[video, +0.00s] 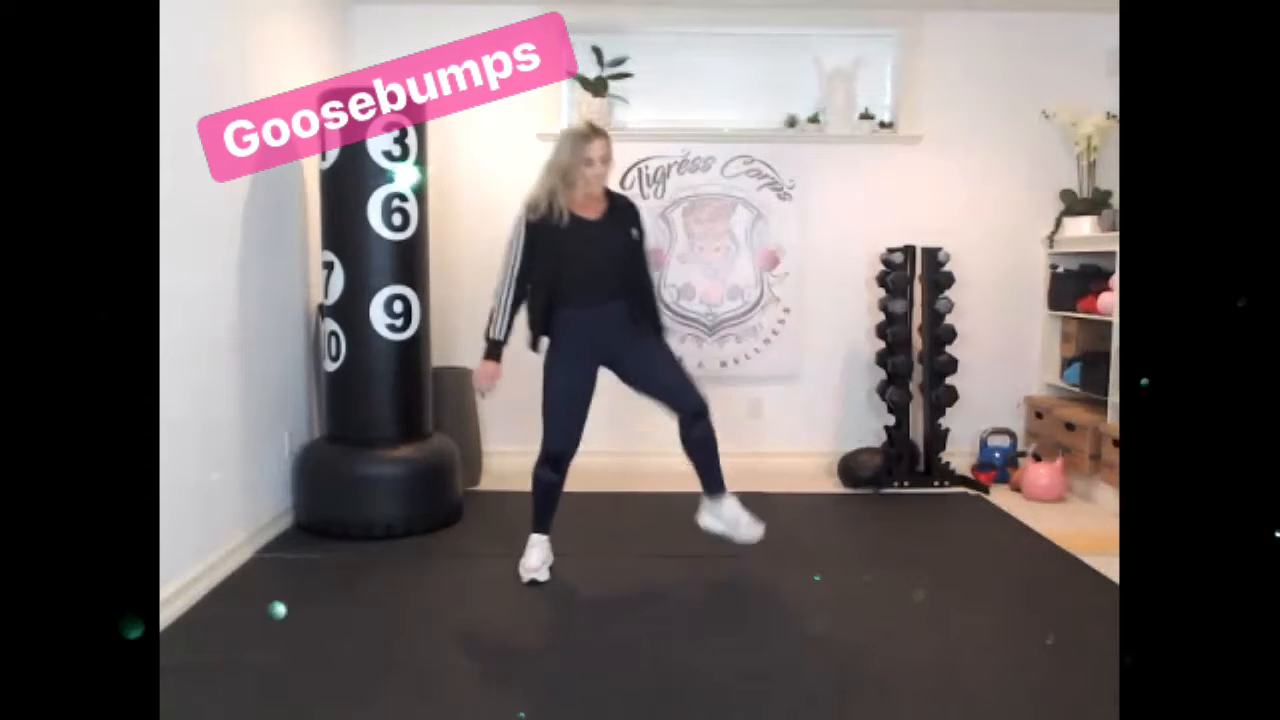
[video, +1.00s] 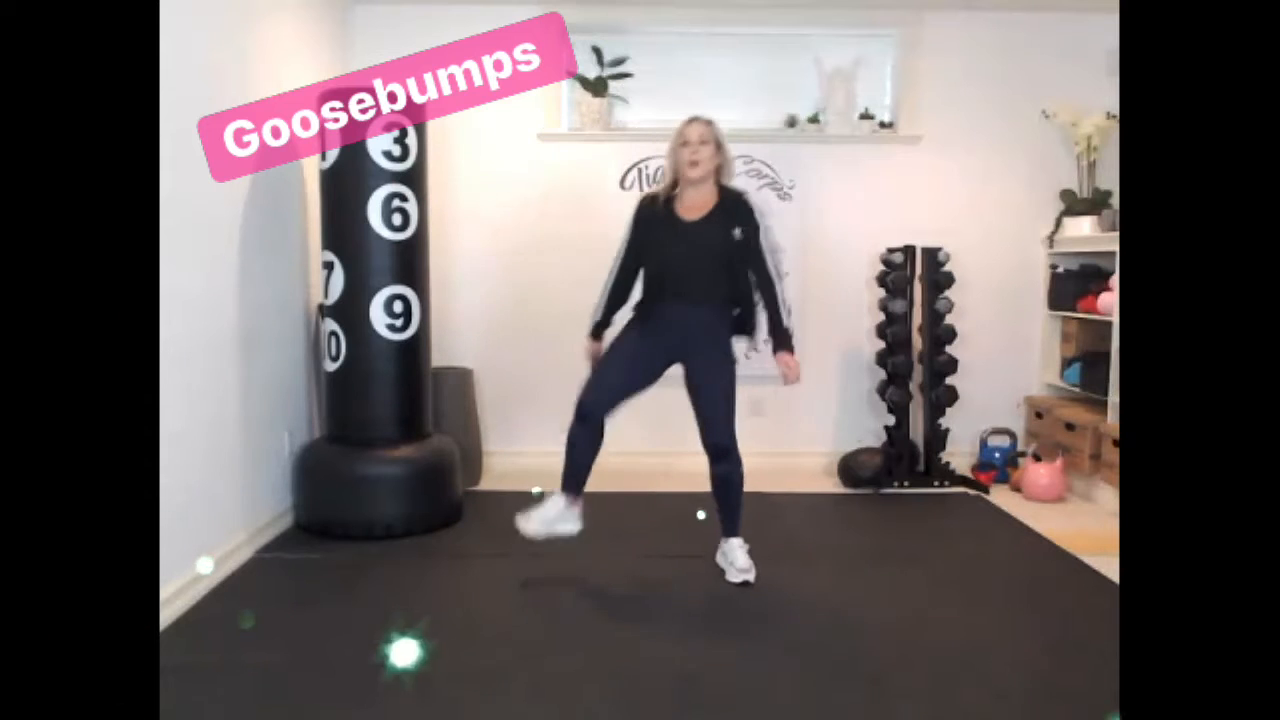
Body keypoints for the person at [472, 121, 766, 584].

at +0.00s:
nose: (601, 170)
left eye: (606, 161)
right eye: (592, 162)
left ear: (611, 162)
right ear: (570, 164)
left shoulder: (623, 211)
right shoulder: (541, 216)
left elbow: (640, 281)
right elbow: (513, 284)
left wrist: (655, 338)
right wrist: (493, 354)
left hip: (627, 334)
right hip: (571, 340)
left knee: (693, 408)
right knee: (557, 448)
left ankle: (718, 503)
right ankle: (539, 540)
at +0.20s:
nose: (584, 177)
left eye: (588, 169)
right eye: (574, 170)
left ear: (592, 171)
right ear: (551, 173)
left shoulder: (598, 222)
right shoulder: (526, 225)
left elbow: (602, 289)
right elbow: (507, 294)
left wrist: (611, 337)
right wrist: (511, 365)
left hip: (603, 336)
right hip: (555, 347)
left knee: (694, 325)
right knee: (556, 456)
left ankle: (721, 435)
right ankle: (540, 541)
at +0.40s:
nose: (574, 167)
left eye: (579, 158)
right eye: (563, 160)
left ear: (589, 165)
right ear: (547, 170)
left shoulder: (601, 223)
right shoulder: (528, 223)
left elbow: (605, 290)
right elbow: (516, 293)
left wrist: (613, 337)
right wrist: (527, 362)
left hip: (604, 337)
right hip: (557, 347)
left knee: (694, 340)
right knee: (554, 457)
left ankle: (715, 453)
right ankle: (540, 541)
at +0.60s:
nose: (591, 157)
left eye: (599, 149)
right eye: (582, 149)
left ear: (610, 158)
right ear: (566, 157)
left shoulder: (622, 212)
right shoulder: (543, 209)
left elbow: (636, 285)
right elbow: (529, 278)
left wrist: (643, 352)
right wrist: (541, 345)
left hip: (626, 332)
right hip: (570, 336)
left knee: (685, 419)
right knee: (557, 446)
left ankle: (718, 509)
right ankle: (539, 538)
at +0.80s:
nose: (640, 177)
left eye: (648, 170)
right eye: (631, 170)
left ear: (661, 182)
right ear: (617, 180)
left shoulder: (675, 239)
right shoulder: (594, 236)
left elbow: (692, 309)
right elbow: (569, 304)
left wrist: (712, 376)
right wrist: (545, 370)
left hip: (663, 360)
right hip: (604, 361)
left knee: (702, 456)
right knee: (574, 461)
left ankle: (728, 543)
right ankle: (541, 540)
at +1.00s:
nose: (693, 152)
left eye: (703, 144)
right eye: (685, 145)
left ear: (719, 154)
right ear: (674, 154)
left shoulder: (736, 208)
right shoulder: (652, 208)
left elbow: (762, 277)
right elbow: (626, 271)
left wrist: (781, 342)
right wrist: (598, 330)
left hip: (709, 335)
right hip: (653, 329)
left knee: (720, 442)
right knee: (591, 404)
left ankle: (732, 540)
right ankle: (567, 504)